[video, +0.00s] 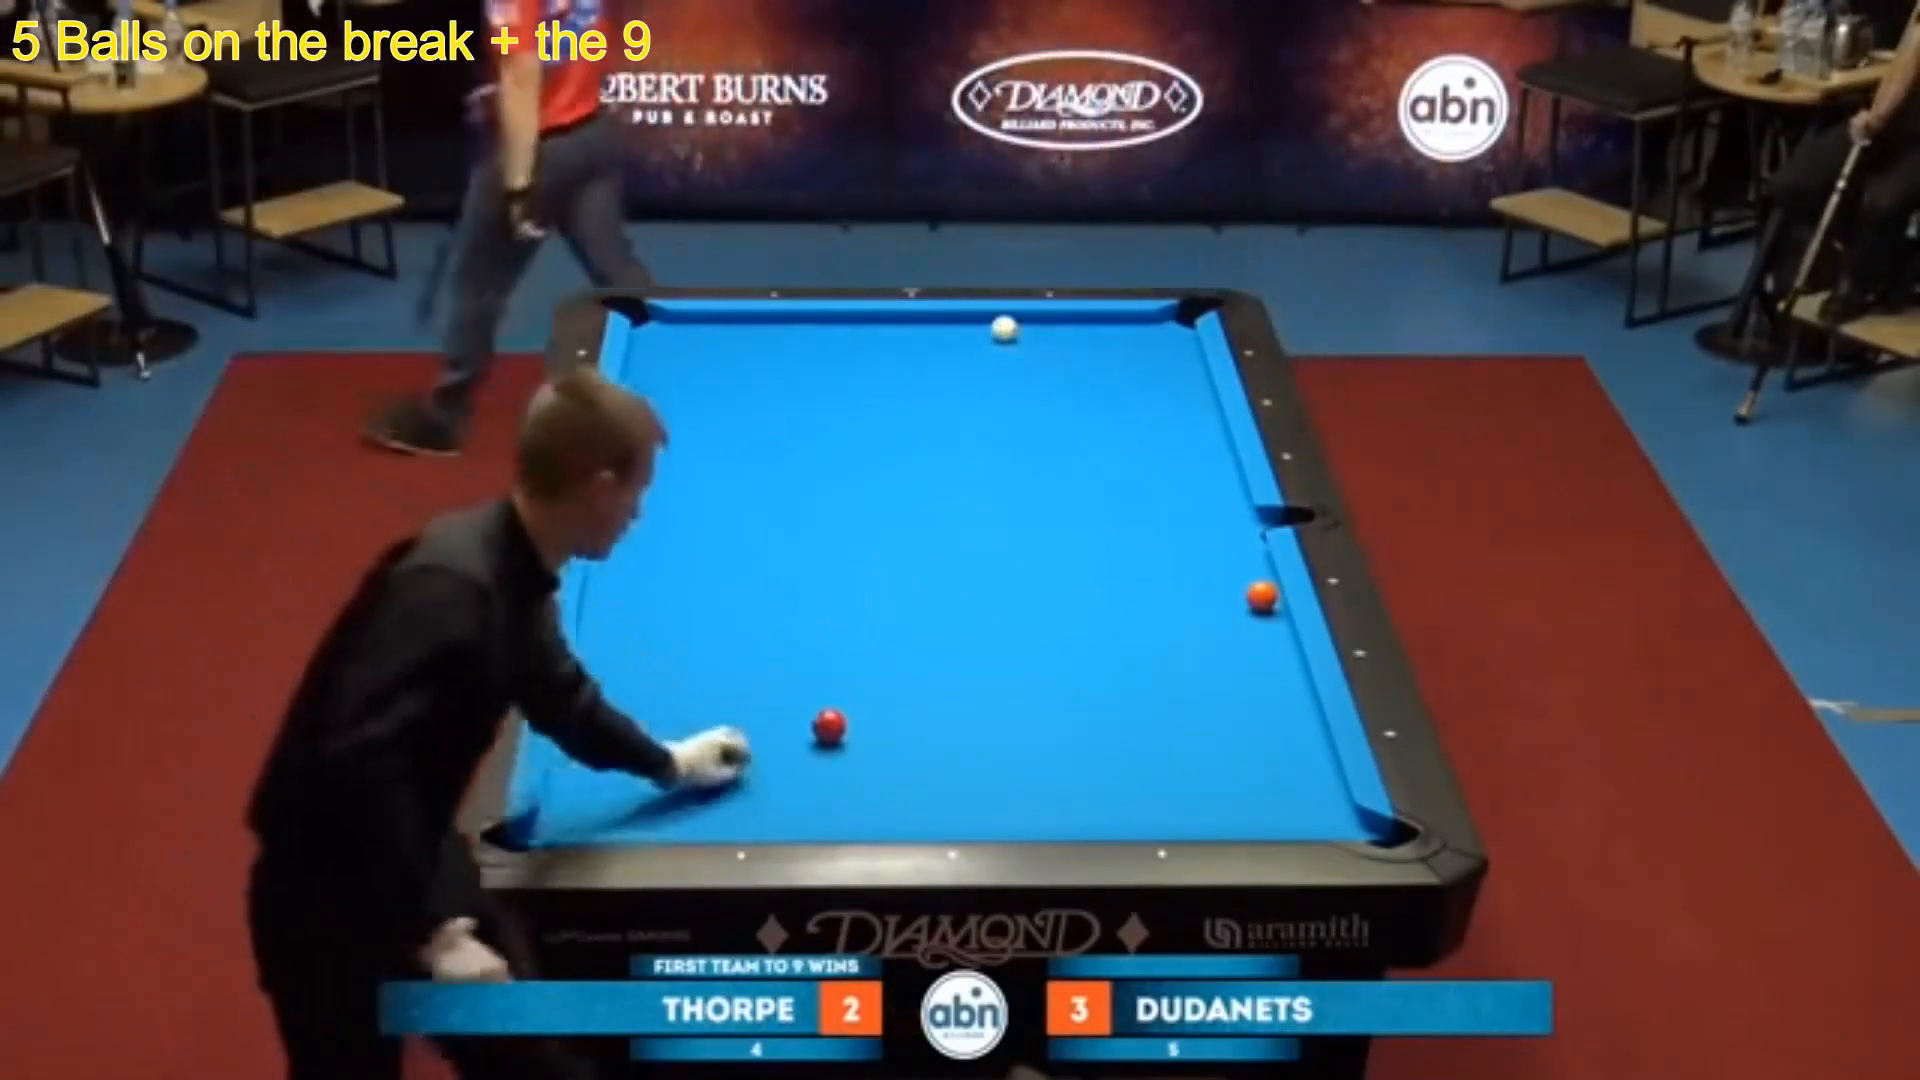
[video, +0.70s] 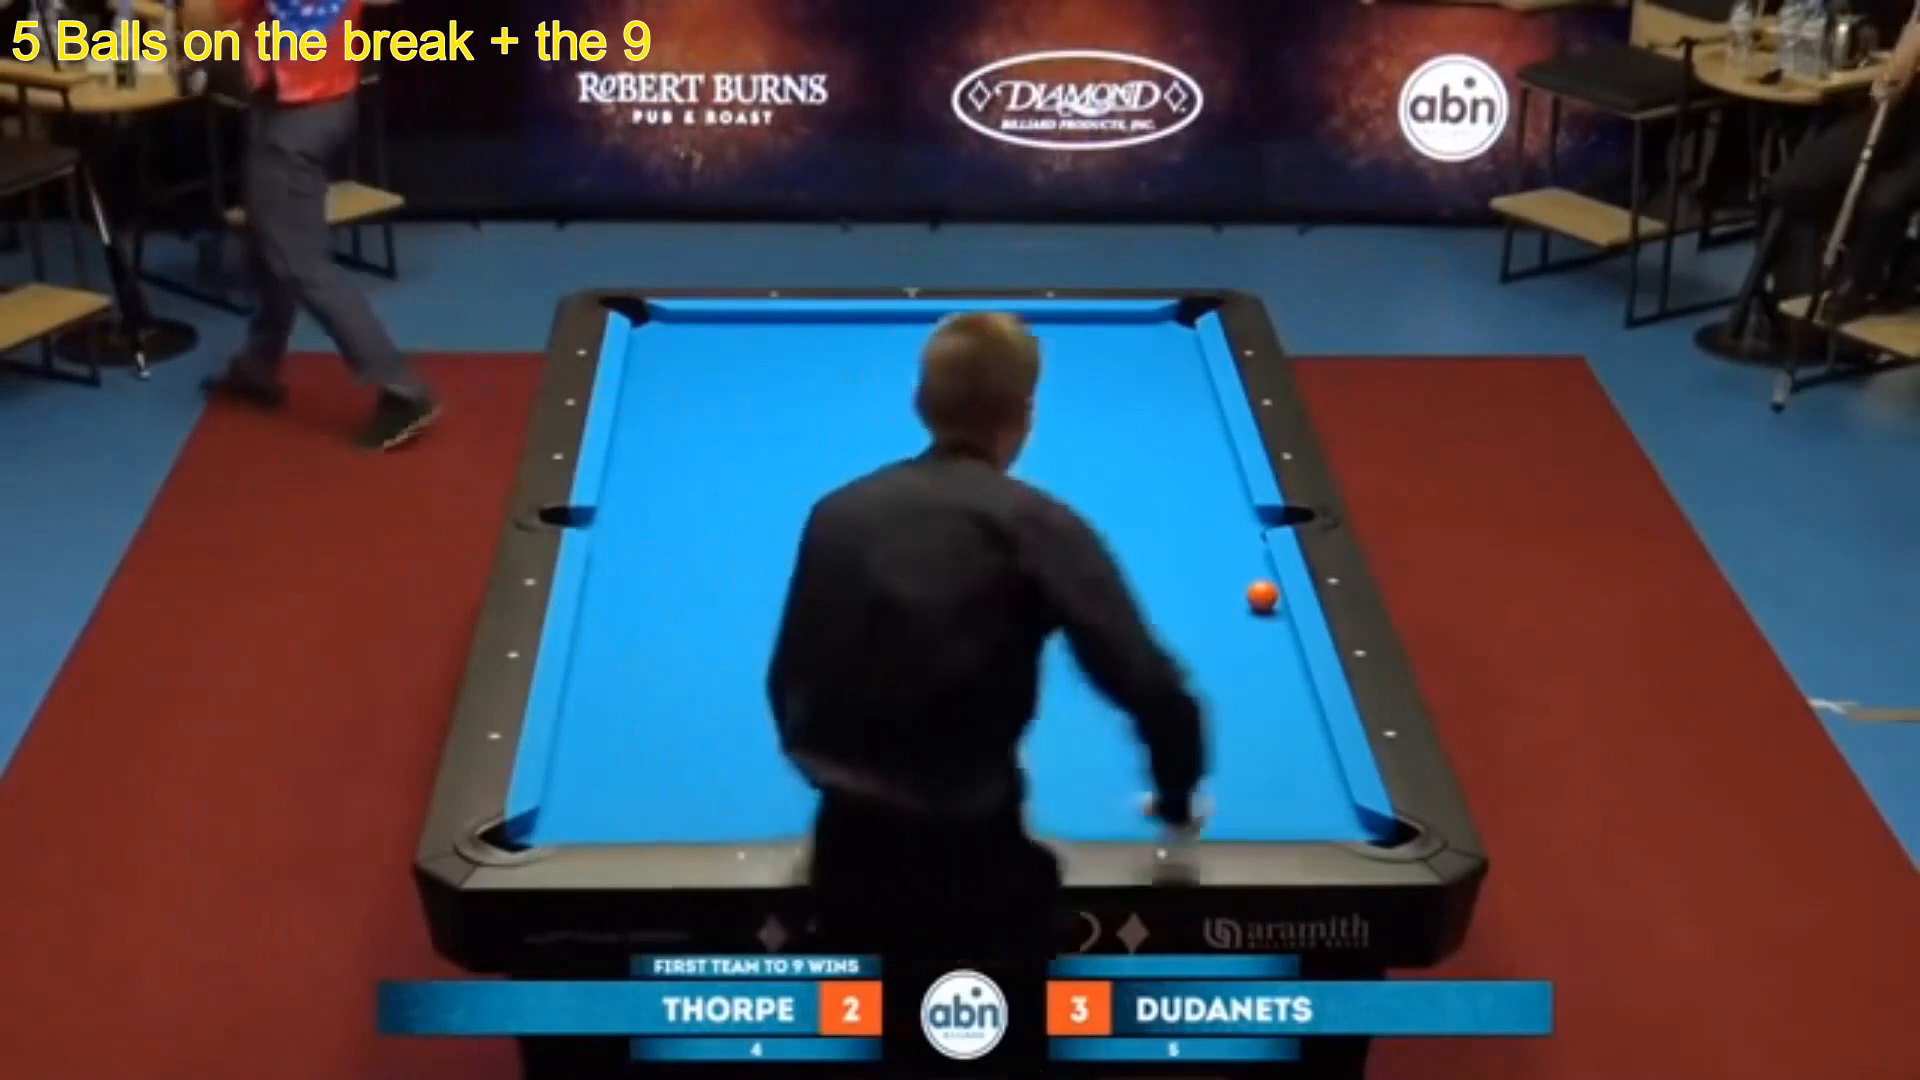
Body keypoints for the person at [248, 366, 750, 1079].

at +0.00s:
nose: (640, 506)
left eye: (643, 487)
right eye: (638, 487)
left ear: (541, 469)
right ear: (599, 487)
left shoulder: (510, 568)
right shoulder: (448, 590)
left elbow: (563, 699)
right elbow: (368, 770)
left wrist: (667, 763)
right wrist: (440, 931)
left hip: (403, 861)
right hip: (323, 887)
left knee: (517, 1046)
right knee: (349, 1067)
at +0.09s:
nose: (691, 531)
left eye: (692, 512)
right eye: (688, 511)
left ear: (588, 493)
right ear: (652, 511)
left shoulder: (554, 589)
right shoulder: (512, 621)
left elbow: (611, 700)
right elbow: (434, 803)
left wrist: (715, 746)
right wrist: (521, 950)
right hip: (401, 940)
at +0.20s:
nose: (741, 539)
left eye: (743, 519)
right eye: (741, 519)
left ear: (650, 503)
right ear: (709, 518)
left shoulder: (602, 603)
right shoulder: (584, 625)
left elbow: (653, 700)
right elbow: (499, 804)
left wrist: (743, 729)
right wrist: (578, 948)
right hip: (470, 965)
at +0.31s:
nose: (841, 519)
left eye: (844, 500)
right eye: (843, 500)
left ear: (747, 486)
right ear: (817, 503)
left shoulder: (703, 567)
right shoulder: (726, 598)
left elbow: (698, 689)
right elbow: (656, 761)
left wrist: (787, 718)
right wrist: (681, 927)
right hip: (591, 903)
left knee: (574, 1065)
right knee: (592, 1068)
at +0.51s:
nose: (959, 462)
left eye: (961, 445)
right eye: (959, 445)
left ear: (855, 435)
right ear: (946, 447)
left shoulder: (777, 531)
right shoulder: (908, 555)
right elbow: (908, 722)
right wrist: (922, 875)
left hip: (708, 850)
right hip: (801, 861)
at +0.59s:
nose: (987, 434)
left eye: (984, 416)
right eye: (984, 418)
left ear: (881, 417)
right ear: (972, 428)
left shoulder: (797, 522)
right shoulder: (959, 542)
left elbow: (761, 681)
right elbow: (1013, 713)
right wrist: (1035, 857)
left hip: (762, 857)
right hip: (868, 867)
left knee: (770, 1044)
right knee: (895, 1054)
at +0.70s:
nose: (1027, 415)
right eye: (1026, 402)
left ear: (922, 405)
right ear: (1019, 416)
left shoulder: (838, 517)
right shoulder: (1034, 526)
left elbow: (790, 687)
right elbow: (1153, 689)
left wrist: (845, 777)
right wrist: (1176, 792)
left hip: (849, 853)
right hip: (975, 858)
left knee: (878, 1047)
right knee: (1002, 1046)